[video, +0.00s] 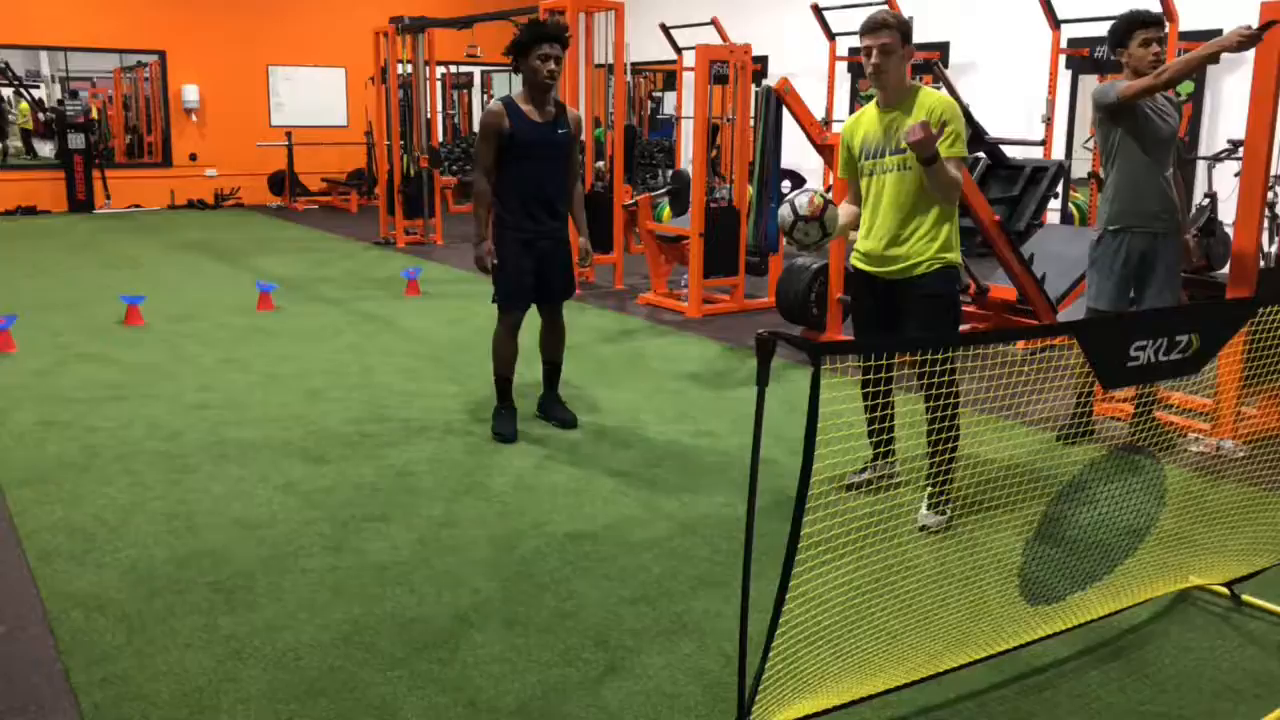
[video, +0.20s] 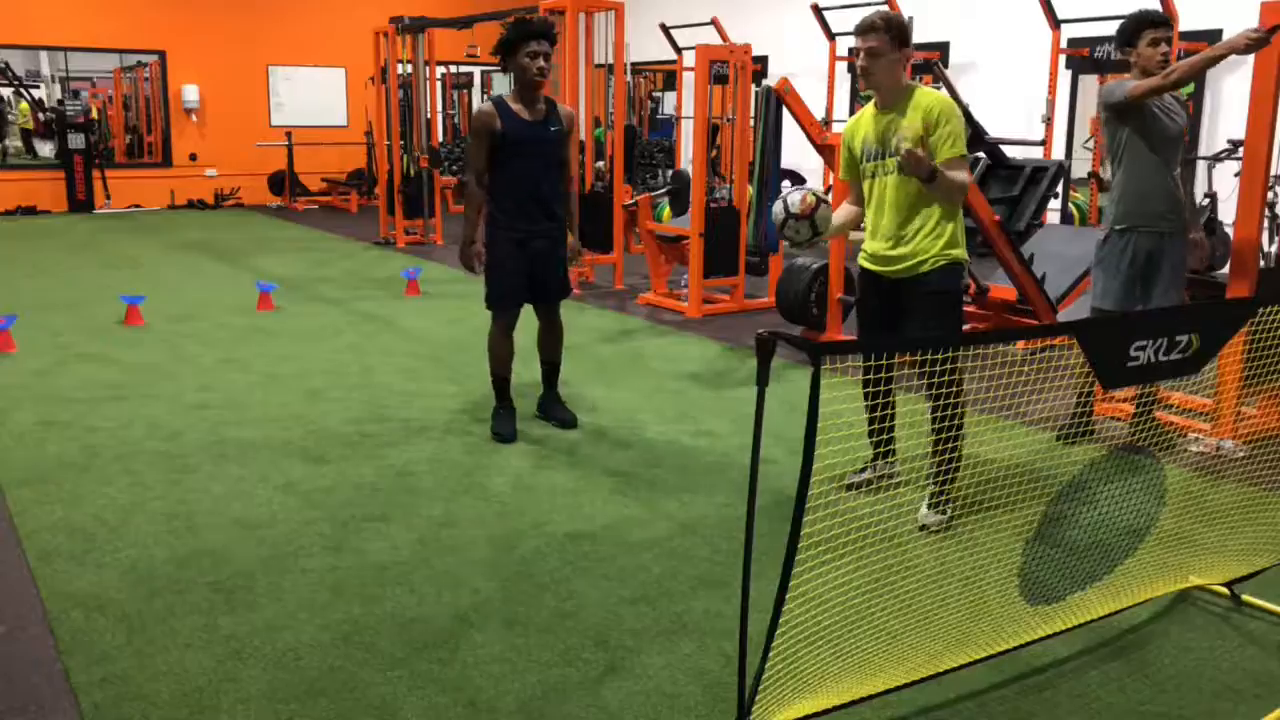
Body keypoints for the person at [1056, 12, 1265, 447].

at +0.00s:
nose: (1157, 51)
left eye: (1161, 43)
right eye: (1146, 43)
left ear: (1166, 51)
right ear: (1121, 54)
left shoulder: (1170, 103)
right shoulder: (1105, 93)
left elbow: (1175, 171)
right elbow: (1158, 81)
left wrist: (1183, 230)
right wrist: (1218, 46)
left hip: (1164, 236)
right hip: (1118, 233)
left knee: (1157, 332)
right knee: (1101, 327)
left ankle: (1144, 422)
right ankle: (1080, 414)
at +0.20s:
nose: (1166, 51)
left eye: (1170, 44)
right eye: (1155, 43)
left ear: (1173, 52)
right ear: (1128, 53)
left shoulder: (1178, 104)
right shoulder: (1112, 93)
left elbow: (1180, 173)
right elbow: (1167, 81)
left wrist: (1192, 226)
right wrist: (1225, 48)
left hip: (1170, 236)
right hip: (1125, 235)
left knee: (1160, 333)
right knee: (1105, 329)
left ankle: (1144, 423)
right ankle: (1078, 415)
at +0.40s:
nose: (1171, 50)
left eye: (1175, 43)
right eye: (1160, 43)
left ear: (1177, 50)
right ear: (1133, 52)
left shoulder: (1181, 105)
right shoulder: (1115, 91)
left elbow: (1185, 173)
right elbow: (1168, 82)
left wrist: (1199, 224)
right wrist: (1227, 50)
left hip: (1175, 236)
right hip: (1128, 234)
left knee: (1161, 333)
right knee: (1107, 328)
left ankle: (1143, 424)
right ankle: (1078, 416)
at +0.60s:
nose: (1172, 51)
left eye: (1176, 44)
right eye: (1161, 43)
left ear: (1178, 50)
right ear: (1134, 53)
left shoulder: (1182, 106)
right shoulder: (1116, 93)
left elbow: (1187, 172)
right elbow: (1170, 80)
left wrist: (1199, 223)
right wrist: (1228, 49)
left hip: (1174, 238)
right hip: (1128, 235)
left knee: (1162, 334)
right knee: (1109, 329)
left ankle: (1144, 425)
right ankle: (1079, 416)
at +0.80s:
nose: (1172, 51)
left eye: (1175, 44)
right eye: (1162, 43)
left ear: (1179, 49)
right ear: (1135, 51)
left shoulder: (1181, 106)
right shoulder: (1117, 93)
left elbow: (1181, 177)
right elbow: (1168, 80)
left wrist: (1195, 227)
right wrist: (1228, 49)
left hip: (1174, 236)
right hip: (1127, 233)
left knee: (1163, 330)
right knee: (1109, 328)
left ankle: (1145, 418)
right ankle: (1082, 415)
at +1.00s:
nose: (1172, 51)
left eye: (1176, 44)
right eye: (1161, 43)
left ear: (1180, 49)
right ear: (1136, 51)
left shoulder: (1181, 105)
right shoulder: (1117, 91)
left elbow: (1181, 176)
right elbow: (1172, 81)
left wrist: (1193, 228)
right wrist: (1234, 50)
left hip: (1174, 229)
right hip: (1131, 226)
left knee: (1157, 322)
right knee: (1107, 318)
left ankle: (1148, 402)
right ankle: (1085, 398)